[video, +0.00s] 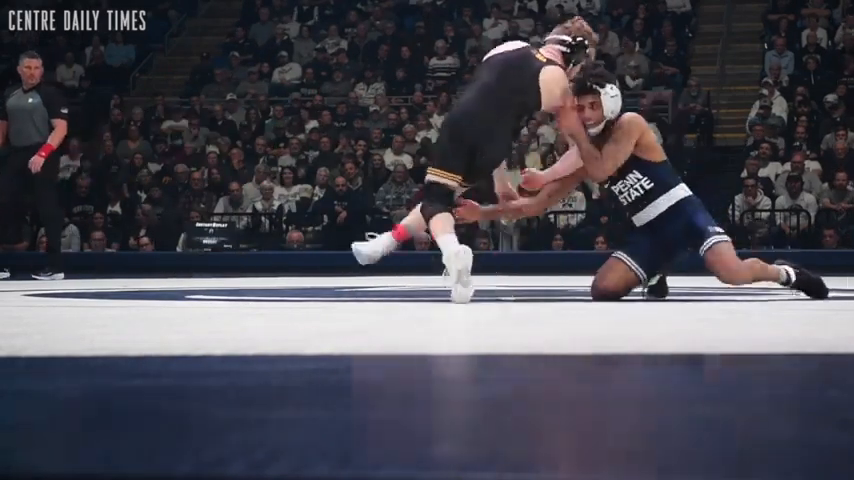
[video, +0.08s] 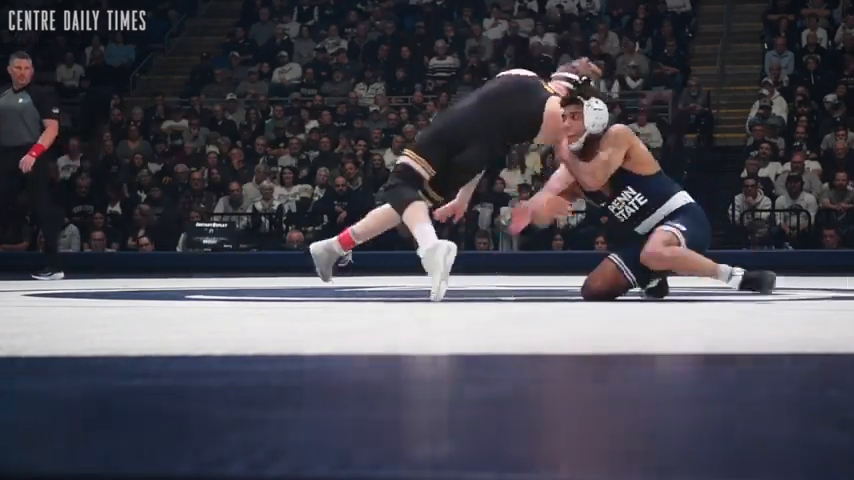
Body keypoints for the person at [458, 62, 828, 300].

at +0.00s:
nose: (584, 114)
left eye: (591, 105)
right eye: (578, 108)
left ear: (608, 102)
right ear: (573, 112)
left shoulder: (631, 123)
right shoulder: (585, 151)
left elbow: (598, 170)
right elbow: (539, 202)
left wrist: (571, 125)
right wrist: (484, 212)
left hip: (686, 218)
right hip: (648, 238)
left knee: (732, 274)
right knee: (601, 290)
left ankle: (786, 274)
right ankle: (651, 279)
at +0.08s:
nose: (566, 125)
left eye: (573, 118)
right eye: (564, 119)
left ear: (593, 117)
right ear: (563, 124)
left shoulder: (617, 135)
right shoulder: (574, 161)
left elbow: (594, 179)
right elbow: (548, 196)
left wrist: (562, 150)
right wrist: (534, 209)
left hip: (681, 219)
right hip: (640, 240)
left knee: (653, 254)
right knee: (592, 289)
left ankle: (734, 277)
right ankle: (649, 282)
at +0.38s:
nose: (519, 166)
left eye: (520, 160)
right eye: (521, 162)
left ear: (530, 150)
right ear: (553, 145)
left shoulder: (536, 159)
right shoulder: (572, 163)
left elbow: (479, 175)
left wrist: (439, 167)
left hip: (649, 204)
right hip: (649, 205)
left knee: (619, 289)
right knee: (605, 284)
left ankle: (705, 277)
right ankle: (676, 271)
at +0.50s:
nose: (517, 151)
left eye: (518, 146)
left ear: (523, 143)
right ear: (556, 140)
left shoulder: (518, 164)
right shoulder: (579, 150)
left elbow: (467, 194)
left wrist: (433, 186)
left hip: (591, 187)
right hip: (630, 188)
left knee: (587, 281)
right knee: (610, 280)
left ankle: (658, 260)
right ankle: (663, 259)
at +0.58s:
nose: (503, 149)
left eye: (505, 146)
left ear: (510, 148)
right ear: (542, 144)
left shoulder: (503, 168)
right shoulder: (563, 156)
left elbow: (470, 222)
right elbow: (561, 215)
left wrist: (463, 209)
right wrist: (525, 239)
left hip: (565, 195)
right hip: (605, 198)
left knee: (518, 280)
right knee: (605, 294)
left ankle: (540, 260)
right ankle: (634, 265)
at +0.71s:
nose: (460, 163)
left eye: (460, 160)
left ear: (468, 158)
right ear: (502, 153)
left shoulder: (462, 179)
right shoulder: (528, 162)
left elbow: (448, 227)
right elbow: (576, 212)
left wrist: (408, 254)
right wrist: (535, 239)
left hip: (508, 204)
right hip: (551, 201)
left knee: (458, 288)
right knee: (602, 284)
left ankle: (431, 285)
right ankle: (625, 281)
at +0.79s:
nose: (429, 164)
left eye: (428, 160)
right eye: (430, 161)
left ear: (437, 153)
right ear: (464, 149)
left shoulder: (433, 164)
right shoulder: (495, 157)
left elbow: (428, 197)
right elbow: (535, 219)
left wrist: (398, 236)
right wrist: (514, 260)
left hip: (478, 184)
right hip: (516, 179)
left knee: (453, 278)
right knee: (575, 262)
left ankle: (429, 276)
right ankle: (609, 269)